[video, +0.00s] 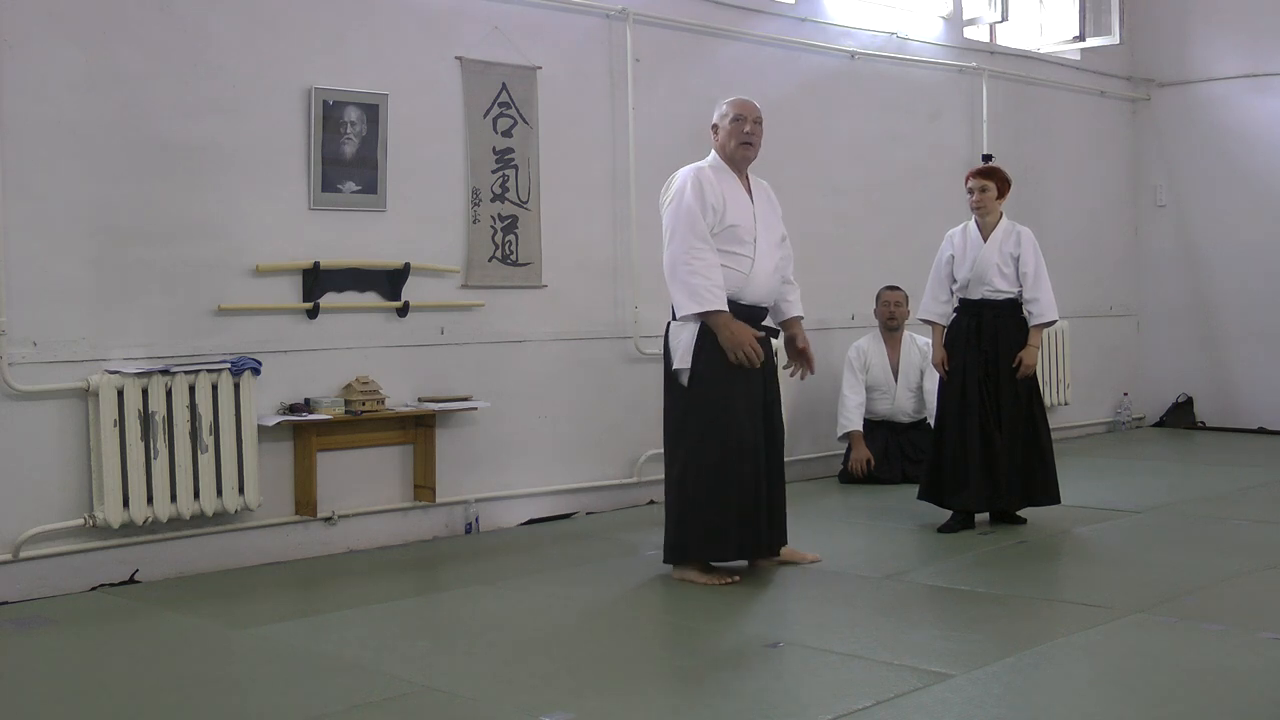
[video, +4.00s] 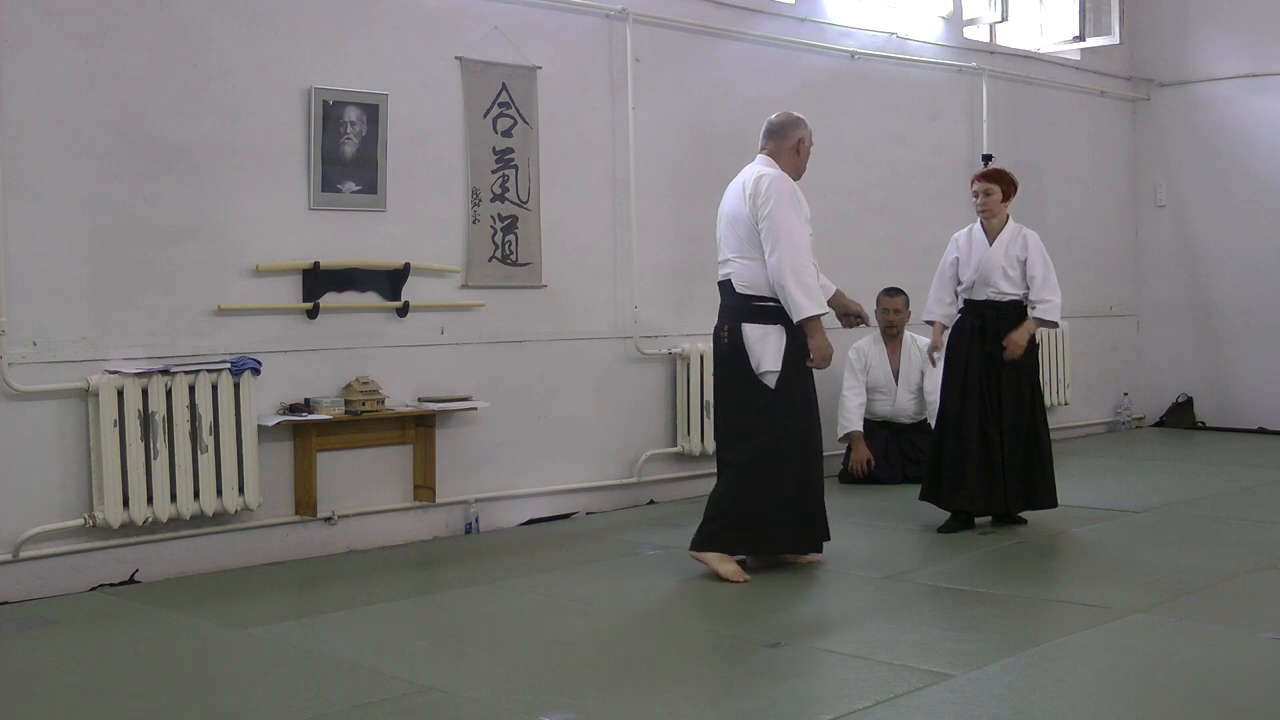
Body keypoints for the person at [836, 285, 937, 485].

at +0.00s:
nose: (892, 310)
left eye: (898, 305)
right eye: (886, 305)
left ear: (908, 313)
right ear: (875, 312)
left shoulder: (925, 348)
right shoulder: (860, 350)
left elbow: (935, 396)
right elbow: (851, 397)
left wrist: (944, 436)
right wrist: (857, 442)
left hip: (916, 430)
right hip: (874, 431)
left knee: (937, 472)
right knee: (855, 472)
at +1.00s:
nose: (890, 310)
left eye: (896, 305)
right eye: (884, 305)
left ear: (907, 313)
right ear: (875, 313)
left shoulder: (925, 349)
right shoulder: (860, 351)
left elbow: (935, 397)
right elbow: (851, 399)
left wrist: (944, 436)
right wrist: (857, 443)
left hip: (916, 430)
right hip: (874, 431)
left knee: (935, 472)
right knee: (855, 472)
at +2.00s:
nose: (891, 312)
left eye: (898, 306)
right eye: (885, 306)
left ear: (908, 313)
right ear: (876, 313)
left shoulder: (926, 348)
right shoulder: (860, 351)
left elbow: (934, 396)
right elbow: (851, 398)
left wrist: (941, 435)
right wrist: (857, 442)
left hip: (916, 430)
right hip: (875, 430)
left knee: (934, 473)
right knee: (855, 472)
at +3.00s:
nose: (890, 316)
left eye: (897, 311)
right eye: (884, 310)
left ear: (908, 315)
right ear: (877, 313)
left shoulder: (926, 349)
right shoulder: (861, 351)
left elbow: (936, 398)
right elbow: (852, 398)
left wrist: (946, 438)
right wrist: (857, 442)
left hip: (916, 430)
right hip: (875, 431)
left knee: (937, 470)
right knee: (855, 471)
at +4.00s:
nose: (890, 318)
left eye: (897, 312)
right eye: (885, 312)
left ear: (908, 316)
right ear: (876, 314)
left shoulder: (926, 349)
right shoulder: (861, 351)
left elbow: (936, 397)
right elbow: (852, 398)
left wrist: (945, 438)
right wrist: (857, 443)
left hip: (916, 430)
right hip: (874, 431)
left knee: (935, 470)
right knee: (856, 471)